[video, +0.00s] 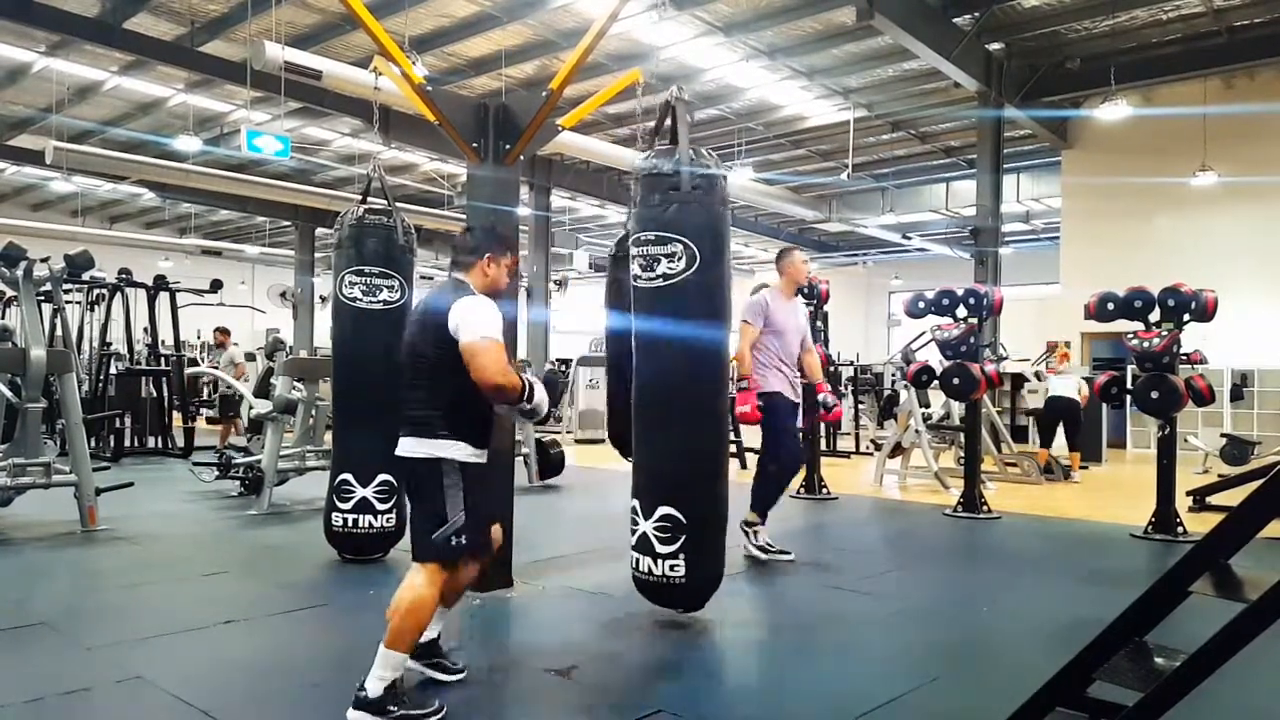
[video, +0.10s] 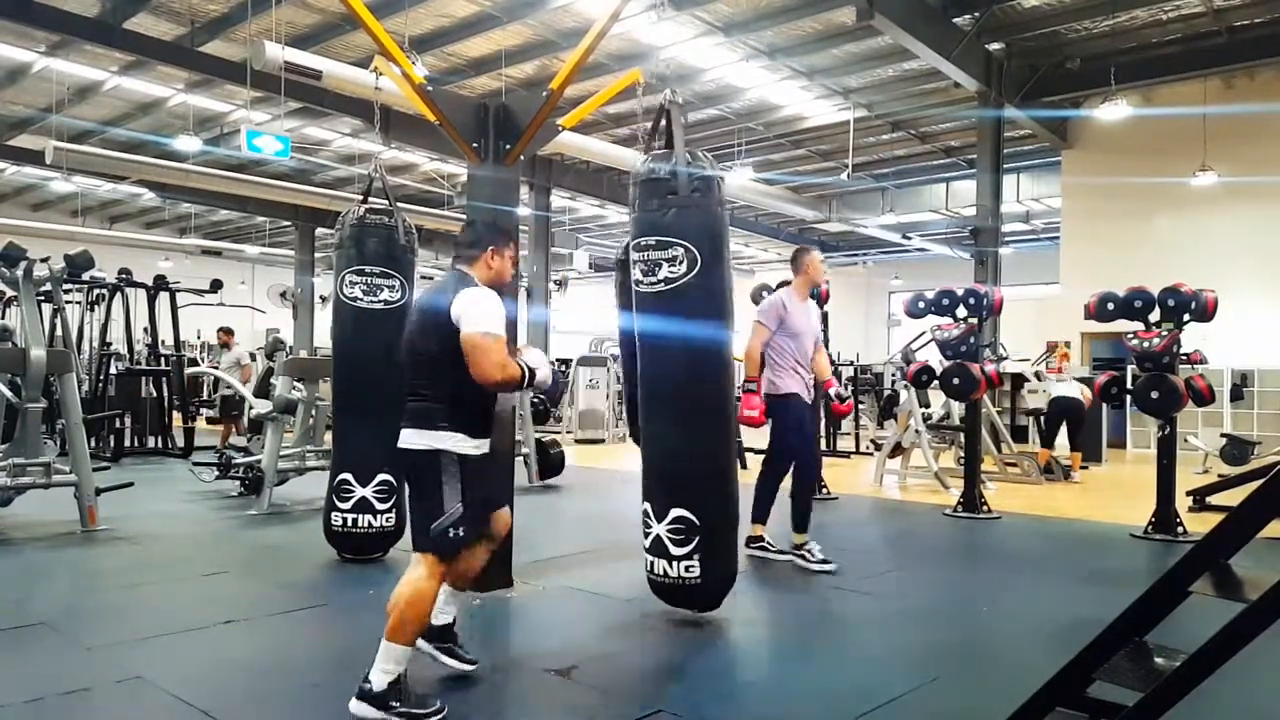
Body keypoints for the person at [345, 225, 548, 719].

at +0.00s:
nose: (510, 279)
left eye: (512, 269)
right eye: (509, 268)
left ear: (473, 259)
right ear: (488, 262)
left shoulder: (434, 299)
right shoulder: (473, 305)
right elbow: (493, 377)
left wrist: (512, 386)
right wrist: (532, 393)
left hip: (425, 449)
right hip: (443, 454)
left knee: (486, 539)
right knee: (436, 567)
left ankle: (423, 636)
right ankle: (376, 690)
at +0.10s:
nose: (514, 269)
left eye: (514, 259)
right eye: (512, 259)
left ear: (473, 252)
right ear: (493, 254)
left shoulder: (437, 292)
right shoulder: (476, 297)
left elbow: (456, 368)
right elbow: (490, 370)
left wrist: (512, 366)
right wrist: (527, 370)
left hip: (442, 440)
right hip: (444, 445)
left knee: (496, 522)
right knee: (432, 563)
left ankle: (438, 622)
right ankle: (379, 684)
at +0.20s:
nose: (518, 252)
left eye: (517, 243)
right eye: (515, 242)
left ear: (480, 239)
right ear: (494, 240)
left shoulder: (445, 280)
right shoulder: (477, 281)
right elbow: (496, 351)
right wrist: (529, 338)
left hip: (459, 428)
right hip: (446, 430)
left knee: (487, 519)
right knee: (460, 547)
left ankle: (452, 628)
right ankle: (398, 664)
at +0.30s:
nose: (518, 262)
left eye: (517, 252)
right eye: (515, 252)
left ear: (481, 250)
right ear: (493, 250)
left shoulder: (455, 290)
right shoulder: (475, 296)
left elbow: (486, 362)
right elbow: (501, 367)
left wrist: (519, 353)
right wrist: (532, 350)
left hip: (457, 441)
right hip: (459, 443)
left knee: (474, 546)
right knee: (488, 550)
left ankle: (455, 641)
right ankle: (425, 671)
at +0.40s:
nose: (518, 262)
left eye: (517, 252)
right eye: (515, 252)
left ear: (477, 250)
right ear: (495, 251)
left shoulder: (447, 292)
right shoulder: (481, 297)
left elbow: (460, 368)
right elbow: (504, 372)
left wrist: (522, 363)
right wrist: (537, 365)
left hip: (446, 440)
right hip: (466, 443)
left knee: (471, 547)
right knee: (490, 552)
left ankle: (458, 639)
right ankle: (424, 673)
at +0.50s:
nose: (518, 246)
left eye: (517, 236)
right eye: (516, 235)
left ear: (475, 235)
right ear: (496, 235)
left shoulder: (444, 278)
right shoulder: (488, 278)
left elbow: (450, 355)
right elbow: (508, 352)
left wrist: (523, 372)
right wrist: (540, 365)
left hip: (443, 425)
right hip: (466, 428)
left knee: (476, 536)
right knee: (476, 543)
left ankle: (460, 633)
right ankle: (423, 669)